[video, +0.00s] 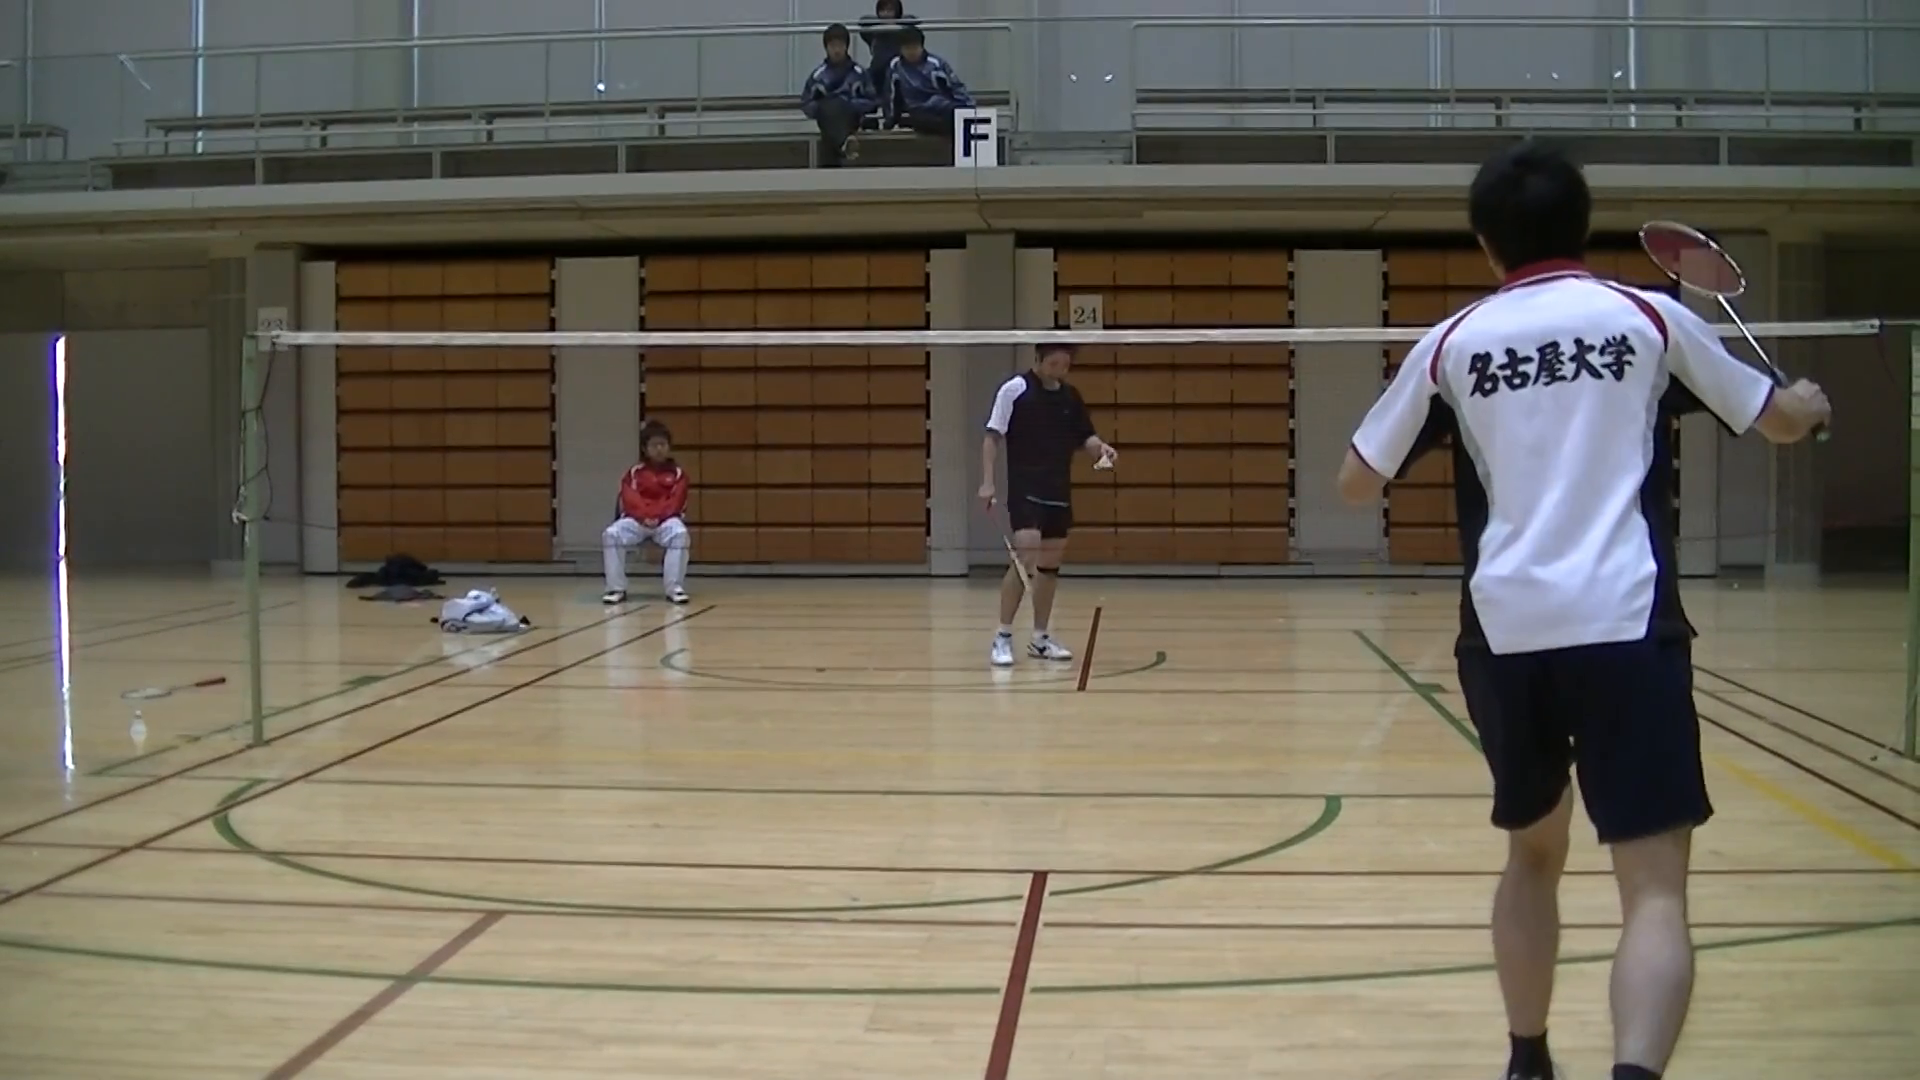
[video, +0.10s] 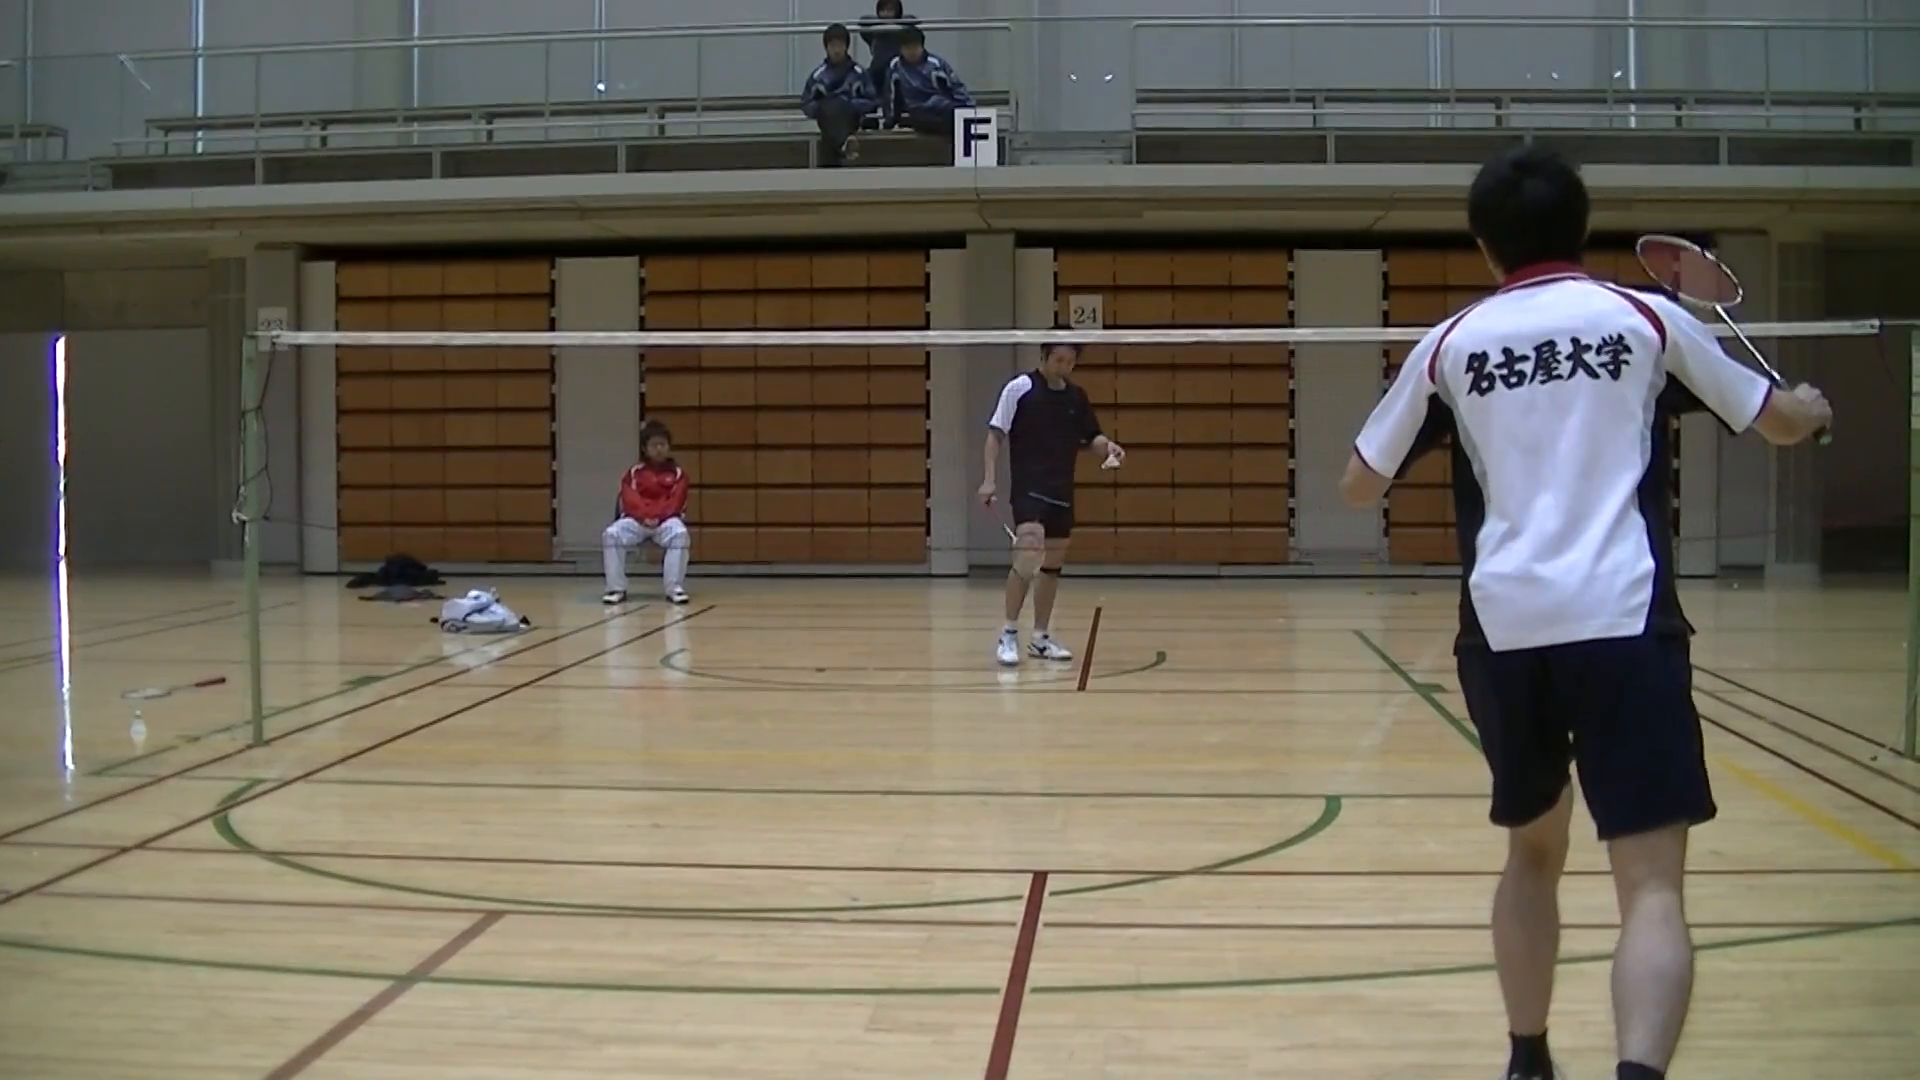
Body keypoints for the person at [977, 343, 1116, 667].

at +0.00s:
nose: (1062, 370)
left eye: (1065, 365)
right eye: (1057, 364)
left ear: (1068, 365)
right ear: (1040, 361)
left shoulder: (1069, 395)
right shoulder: (1014, 389)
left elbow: (1086, 436)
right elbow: (992, 437)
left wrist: (1100, 448)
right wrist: (988, 482)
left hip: (1058, 489)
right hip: (1025, 488)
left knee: (1050, 565)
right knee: (1026, 556)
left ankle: (1040, 638)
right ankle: (1003, 638)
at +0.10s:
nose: (1065, 367)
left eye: (1070, 361)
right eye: (1060, 360)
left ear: (1075, 363)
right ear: (1044, 357)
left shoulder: (1075, 396)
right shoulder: (1019, 387)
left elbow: (1092, 437)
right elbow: (995, 435)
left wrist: (1108, 447)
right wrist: (989, 480)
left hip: (1062, 489)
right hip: (1028, 487)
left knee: (1052, 564)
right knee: (1029, 553)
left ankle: (1040, 638)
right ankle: (1009, 635)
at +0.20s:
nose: (1067, 363)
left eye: (1073, 357)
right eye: (1062, 355)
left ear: (1078, 361)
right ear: (1047, 356)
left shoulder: (1079, 397)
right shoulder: (1023, 387)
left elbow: (1097, 435)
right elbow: (997, 432)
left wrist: (1113, 444)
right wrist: (987, 478)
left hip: (1063, 490)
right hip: (1029, 487)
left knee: (1052, 565)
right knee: (1029, 558)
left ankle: (1041, 638)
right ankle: (1016, 640)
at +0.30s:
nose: (1068, 361)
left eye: (1073, 356)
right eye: (1062, 354)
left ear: (1079, 361)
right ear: (1048, 356)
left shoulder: (1081, 398)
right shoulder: (1025, 387)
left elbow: (1101, 436)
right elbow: (997, 431)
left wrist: (1116, 442)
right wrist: (985, 474)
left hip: (1066, 495)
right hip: (1032, 492)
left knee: (1053, 568)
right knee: (1028, 565)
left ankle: (1041, 637)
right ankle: (1024, 642)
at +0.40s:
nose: (1068, 361)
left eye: (1074, 355)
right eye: (1062, 353)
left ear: (1079, 361)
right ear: (1048, 355)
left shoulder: (1082, 399)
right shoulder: (1025, 387)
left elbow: (1104, 436)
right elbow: (995, 429)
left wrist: (1120, 441)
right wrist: (982, 469)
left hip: (1067, 496)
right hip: (1032, 493)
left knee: (1053, 570)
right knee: (1031, 568)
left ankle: (1042, 638)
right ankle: (1026, 645)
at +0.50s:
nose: (1068, 358)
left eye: (1073, 353)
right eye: (1062, 351)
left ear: (1078, 359)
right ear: (1048, 352)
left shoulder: (1082, 398)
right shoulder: (1024, 385)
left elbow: (1105, 432)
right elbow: (992, 425)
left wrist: (1119, 437)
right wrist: (978, 466)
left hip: (1066, 495)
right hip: (1032, 492)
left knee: (1055, 566)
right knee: (1034, 561)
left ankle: (1043, 637)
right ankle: (1028, 645)